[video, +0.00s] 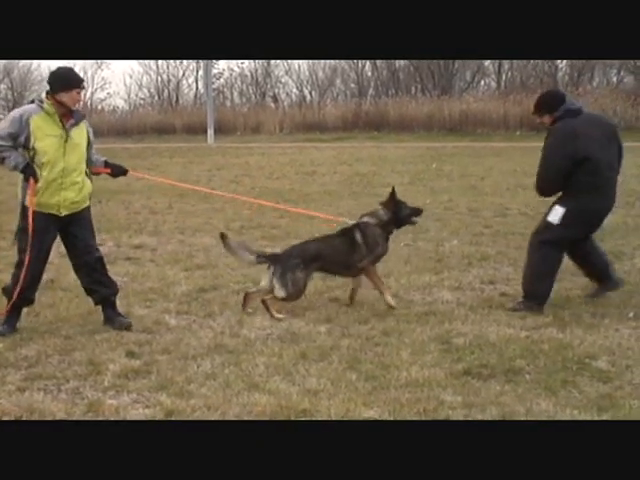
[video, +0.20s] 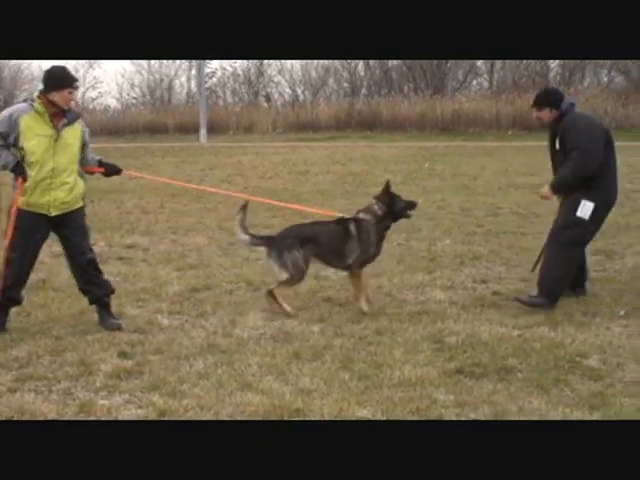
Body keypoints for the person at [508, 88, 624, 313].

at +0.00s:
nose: (541, 122)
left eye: (541, 117)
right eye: (539, 117)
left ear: (552, 113)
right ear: (564, 106)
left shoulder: (561, 133)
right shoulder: (602, 124)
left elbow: (546, 186)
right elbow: (615, 161)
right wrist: (600, 178)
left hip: (577, 201)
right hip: (603, 199)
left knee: (543, 241)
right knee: (575, 239)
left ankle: (533, 301)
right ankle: (607, 280)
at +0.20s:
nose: (537, 116)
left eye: (540, 111)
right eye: (536, 111)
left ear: (554, 109)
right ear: (553, 111)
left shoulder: (579, 126)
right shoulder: (562, 128)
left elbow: (584, 163)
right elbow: (569, 164)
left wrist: (555, 187)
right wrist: (562, 189)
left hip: (593, 194)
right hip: (579, 193)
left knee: (562, 238)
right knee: (569, 237)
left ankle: (547, 294)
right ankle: (575, 284)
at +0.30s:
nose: (530, 108)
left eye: (535, 103)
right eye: (529, 103)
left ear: (549, 102)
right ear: (536, 103)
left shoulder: (578, 124)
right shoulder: (541, 127)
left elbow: (587, 160)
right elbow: (541, 163)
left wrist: (566, 188)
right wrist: (543, 193)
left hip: (587, 191)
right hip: (563, 191)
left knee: (568, 237)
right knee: (553, 236)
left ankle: (567, 294)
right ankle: (558, 285)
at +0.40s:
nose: (534, 110)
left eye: (539, 105)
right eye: (533, 104)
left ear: (552, 107)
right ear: (532, 106)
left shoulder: (576, 129)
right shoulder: (534, 132)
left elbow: (597, 164)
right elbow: (530, 164)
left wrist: (594, 201)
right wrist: (531, 192)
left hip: (578, 194)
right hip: (552, 194)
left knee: (578, 241)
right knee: (541, 237)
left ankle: (599, 297)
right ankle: (549, 286)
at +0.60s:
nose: (568, 119)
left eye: (575, 115)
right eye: (565, 113)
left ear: (587, 119)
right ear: (560, 115)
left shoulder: (600, 143)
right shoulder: (544, 136)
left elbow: (618, 181)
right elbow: (521, 157)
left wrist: (620, 217)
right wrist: (511, 188)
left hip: (585, 210)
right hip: (549, 207)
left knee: (595, 255)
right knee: (536, 248)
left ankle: (623, 304)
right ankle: (538, 287)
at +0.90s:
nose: (558, 116)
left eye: (563, 112)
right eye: (557, 111)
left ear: (580, 113)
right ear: (557, 111)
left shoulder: (606, 134)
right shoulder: (547, 133)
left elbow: (627, 170)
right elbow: (531, 157)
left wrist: (593, 191)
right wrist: (528, 192)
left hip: (602, 205)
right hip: (561, 202)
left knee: (612, 254)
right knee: (552, 254)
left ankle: (614, 307)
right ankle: (542, 311)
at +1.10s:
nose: (555, 134)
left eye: (561, 128)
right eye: (553, 128)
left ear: (578, 126)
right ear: (551, 126)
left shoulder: (607, 144)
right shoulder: (548, 153)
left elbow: (633, 179)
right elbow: (536, 191)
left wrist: (610, 213)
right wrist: (533, 230)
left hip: (614, 223)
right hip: (573, 224)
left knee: (626, 273)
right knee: (553, 272)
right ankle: (544, 332)